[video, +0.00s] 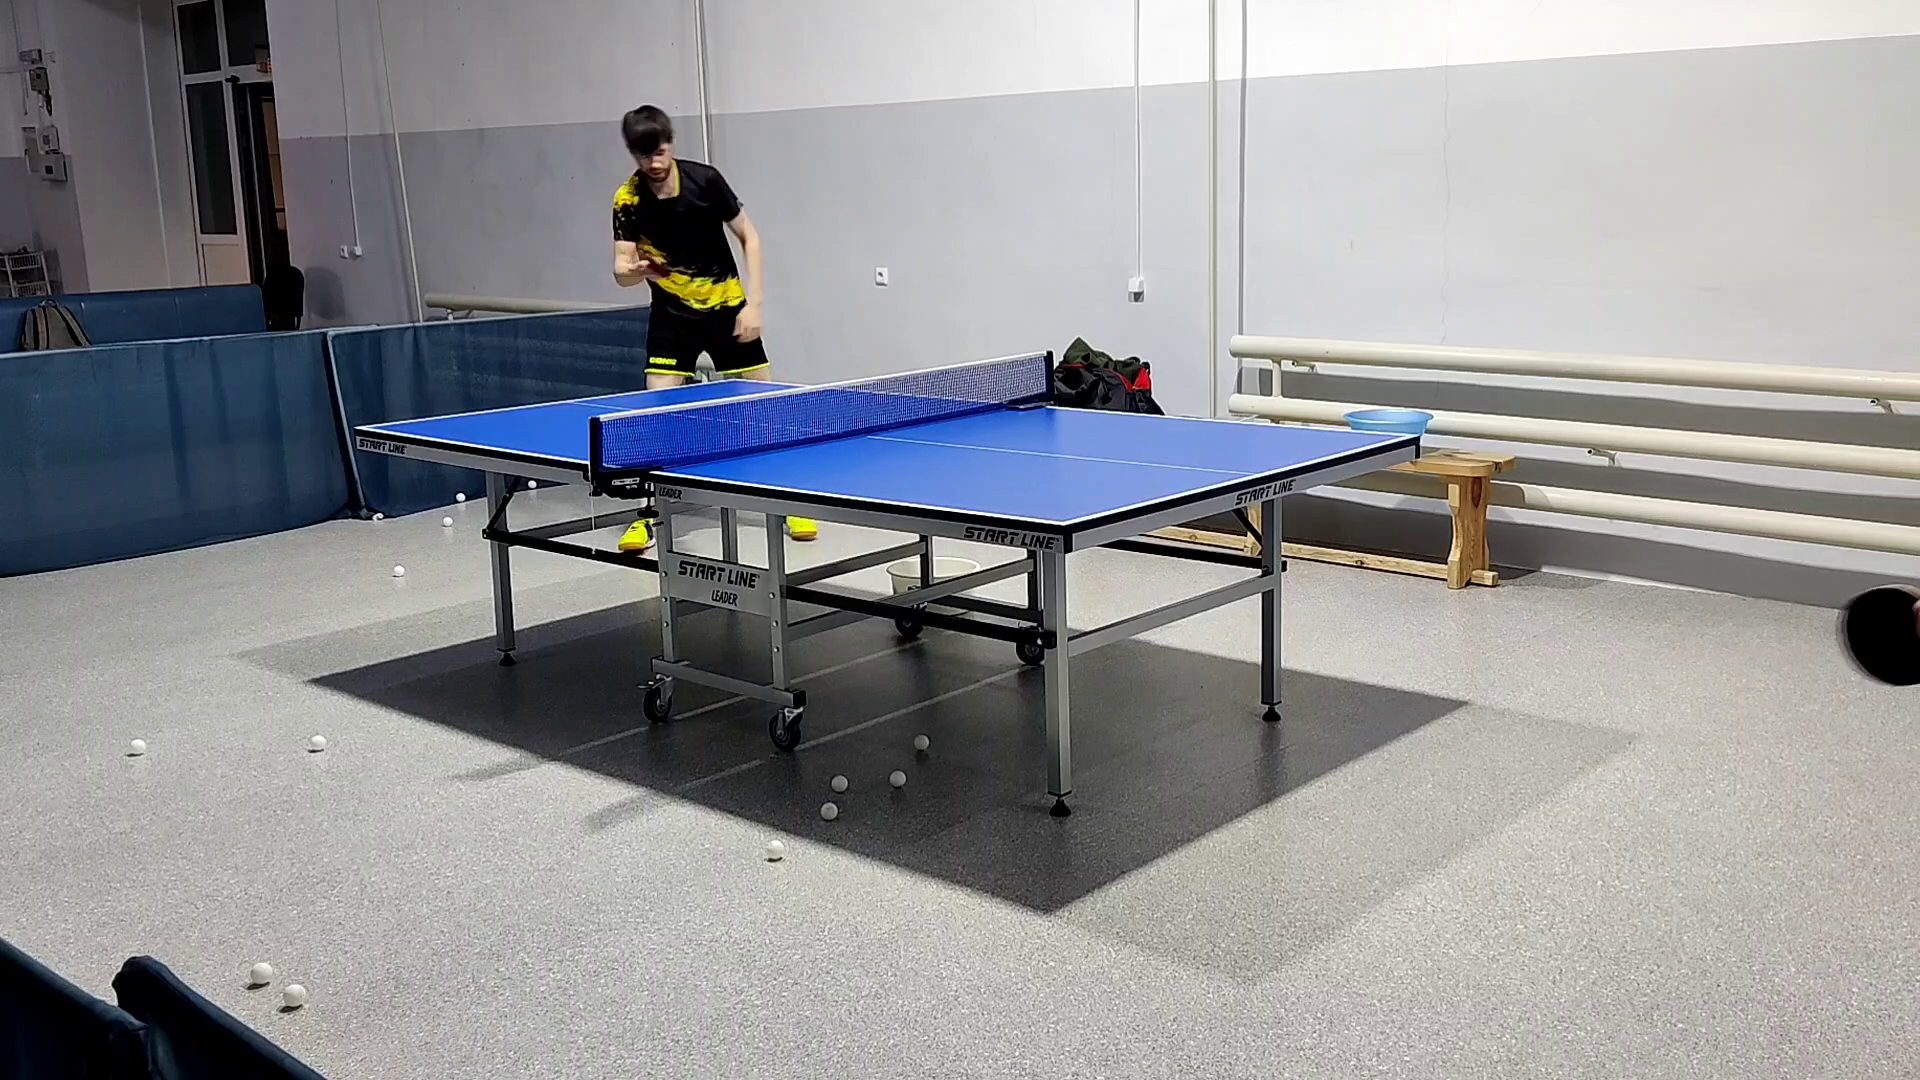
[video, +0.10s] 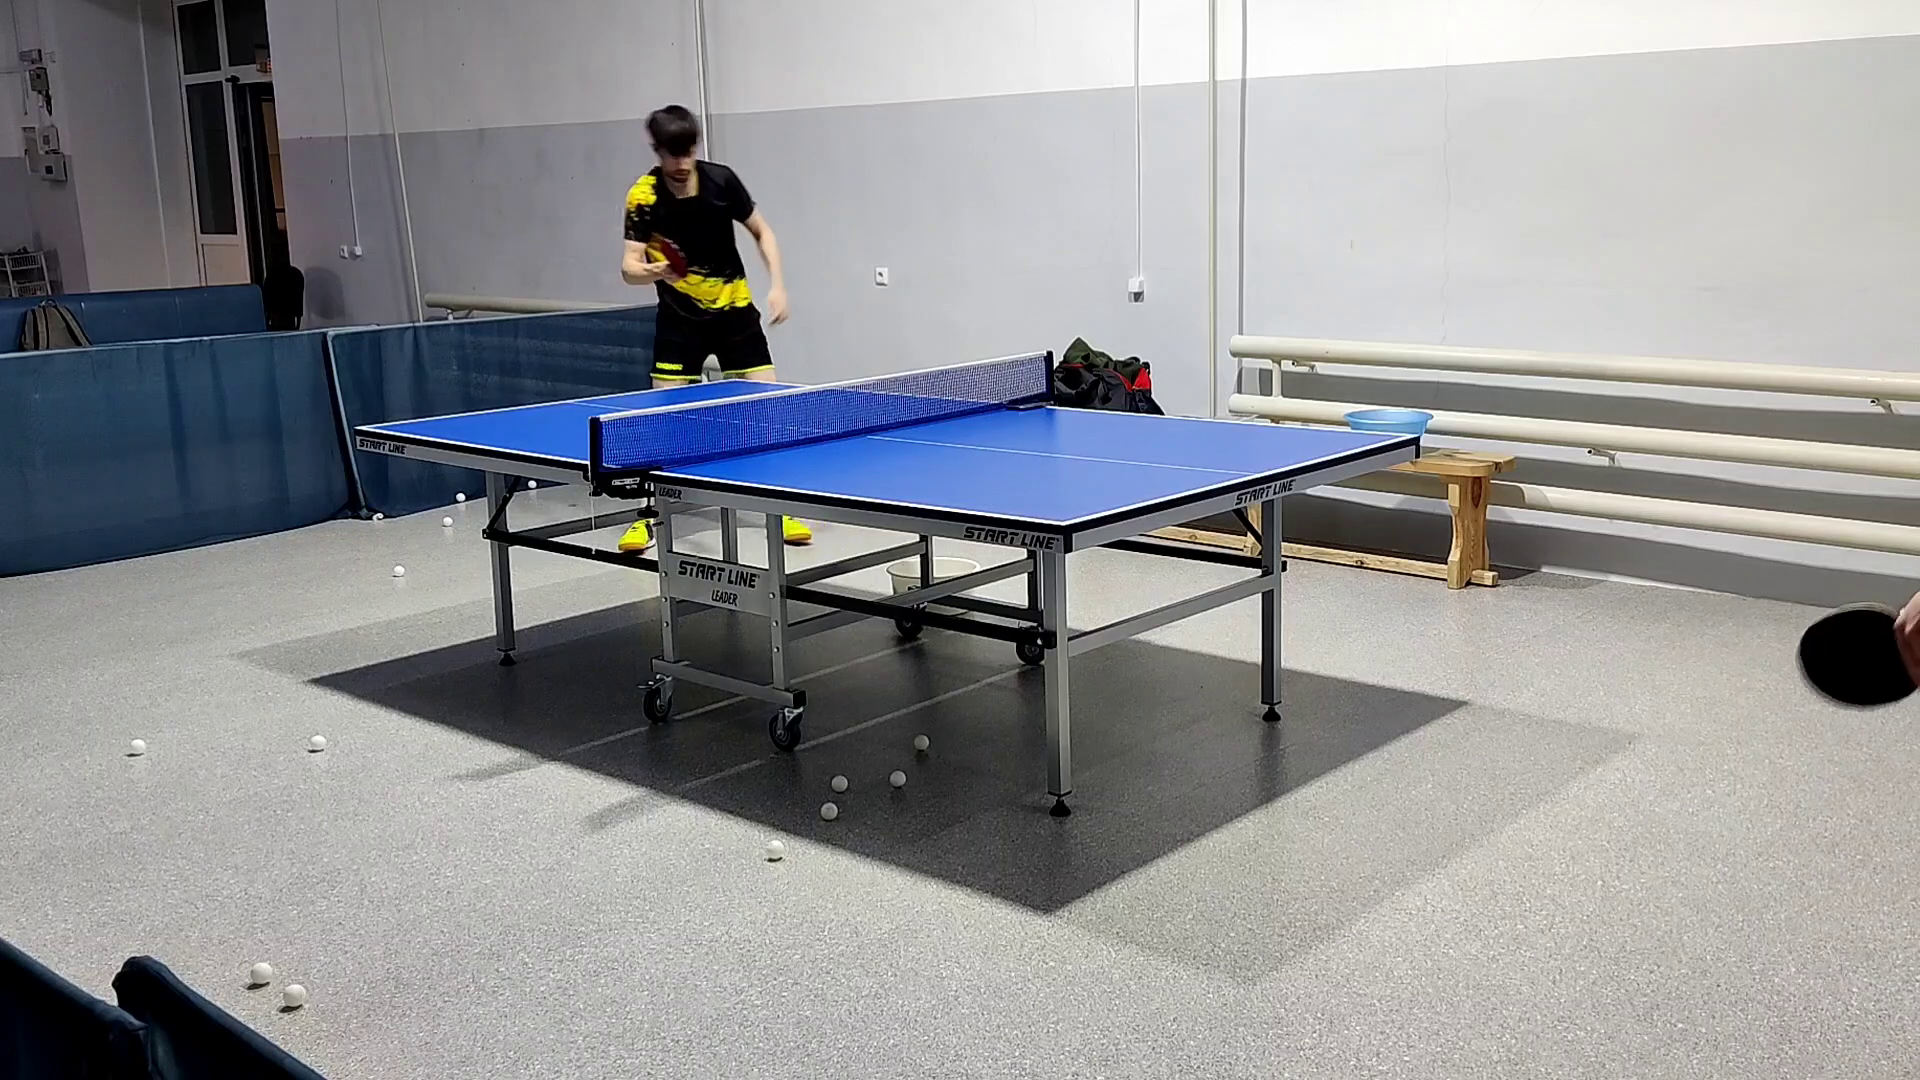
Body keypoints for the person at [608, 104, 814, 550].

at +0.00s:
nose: (656, 163)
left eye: (662, 152)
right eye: (646, 155)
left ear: (673, 144)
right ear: (632, 154)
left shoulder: (706, 181)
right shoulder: (628, 200)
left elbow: (749, 237)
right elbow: (621, 274)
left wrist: (754, 305)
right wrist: (638, 272)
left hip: (726, 311)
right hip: (671, 315)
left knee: (766, 408)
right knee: (657, 414)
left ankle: (790, 503)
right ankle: (649, 515)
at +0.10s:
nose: (681, 163)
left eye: (687, 153)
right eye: (672, 155)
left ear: (697, 146)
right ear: (656, 152)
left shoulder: (721, 180)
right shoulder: (644, 196)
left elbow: (762, 232)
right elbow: (629, 269)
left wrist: (777, 287)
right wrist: (654, 270)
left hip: (735, 312)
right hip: (679, 315)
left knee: (768, 407)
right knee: (662, 414)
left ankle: (779, 511)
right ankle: (649, 515)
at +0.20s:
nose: (715, 166)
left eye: (721, 156)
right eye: (707, 157)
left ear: (729, 151)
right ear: (687, 150)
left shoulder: (743, 182)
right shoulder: (665, 195)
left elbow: (778, 227)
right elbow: (644, 263)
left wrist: (801, 253)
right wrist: (666, 272)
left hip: (747, 316)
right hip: (693, 319)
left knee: (772, 411)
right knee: (669, 415)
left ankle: (778, 513)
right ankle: (651, 516)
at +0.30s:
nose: (747, 168)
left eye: (753, 160)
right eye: (741, 160)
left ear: (760, 154)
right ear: (720, 150)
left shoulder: (765, 182)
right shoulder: (690, 192)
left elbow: (812, 234)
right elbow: (662, 258)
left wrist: (820, 222)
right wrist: (690, 274)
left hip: (763, 319)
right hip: (711, 321)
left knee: (785, 412)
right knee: (689, 416)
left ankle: (776, 515)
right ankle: (659, 517)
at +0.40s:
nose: (766, 167)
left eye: (774, 161)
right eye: (762, 158)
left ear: (782, 156)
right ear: (744, 143)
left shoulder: (783, 182)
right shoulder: (706, 186)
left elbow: (843, 222)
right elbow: (676, 249)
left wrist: (835, 181)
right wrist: (708, 272)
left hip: (774, 316)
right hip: (723, 316)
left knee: (788, 412)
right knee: (709, 415)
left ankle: (778, 513)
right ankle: (694, 516)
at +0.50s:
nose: (787, 165)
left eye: (793, 158)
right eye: (782, 156)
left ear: (801, 152)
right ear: (762, 139)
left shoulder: (796, 176)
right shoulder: (719, 179)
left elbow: (861, 197)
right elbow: (686, 239)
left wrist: (838, 143)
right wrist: (719, 268)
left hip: (784, 314)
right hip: (735, 316)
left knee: (790, 415)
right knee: (737, 417)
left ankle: (776, 515)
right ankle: (740, 520)